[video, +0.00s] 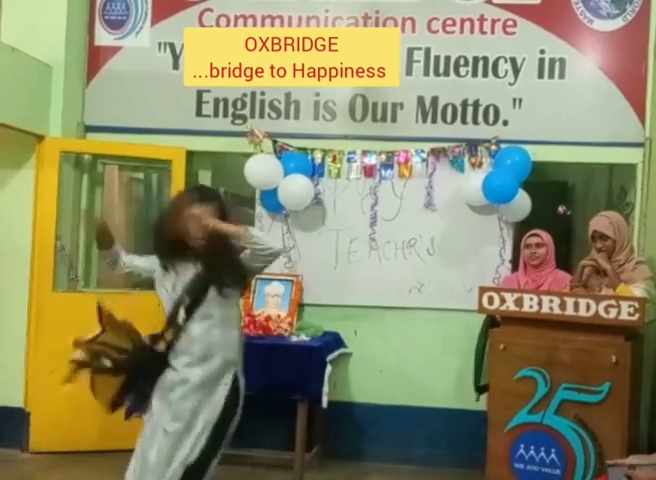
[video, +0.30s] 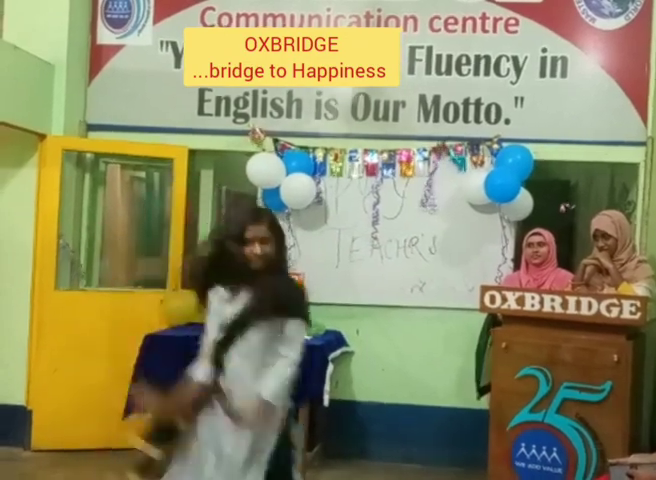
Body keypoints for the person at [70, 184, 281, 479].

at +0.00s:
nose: (203, 227)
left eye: (210, 220)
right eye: (194, 219)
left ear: (221, 225)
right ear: (176, 223)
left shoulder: (232, 268)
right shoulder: (164, 266)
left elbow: (271, 249)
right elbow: (117, 265)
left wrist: (220, 226)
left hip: (220, 384)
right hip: (176, 381)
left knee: (188, 469)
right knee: (149, 464)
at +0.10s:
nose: (232, 228)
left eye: (238, 220)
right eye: (223, 220)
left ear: (246, 224)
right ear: (200, 223)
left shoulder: (250, 263)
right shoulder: (186, 264)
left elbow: (261, 282)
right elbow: (128, 292)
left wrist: (213, 247)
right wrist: (115, 243)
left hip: (235, 391)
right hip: (190, 388)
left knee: (216, 471)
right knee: (160, 468)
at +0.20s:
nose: (244, 232)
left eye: (251, 224)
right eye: (235, 224)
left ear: (261, 226)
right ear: (216, 226)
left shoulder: (264, 276)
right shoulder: (198, 270)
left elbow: (270, 331)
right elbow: (170, 333)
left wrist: (224, 319)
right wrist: (129, 306)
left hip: (246, 396)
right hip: (202, 391)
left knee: (239, 470)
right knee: (174, 467)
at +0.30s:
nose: (256, 251)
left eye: (264, 242)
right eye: (247, 242)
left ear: (278, 245)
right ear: (233, 246)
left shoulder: (288, 295)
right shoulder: (220, 292)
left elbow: (290, 357)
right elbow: (208, 352)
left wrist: (263, 400)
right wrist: (191, 391)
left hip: (261, 412)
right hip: (214, 406)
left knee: (238, 472)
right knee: (193, 470)